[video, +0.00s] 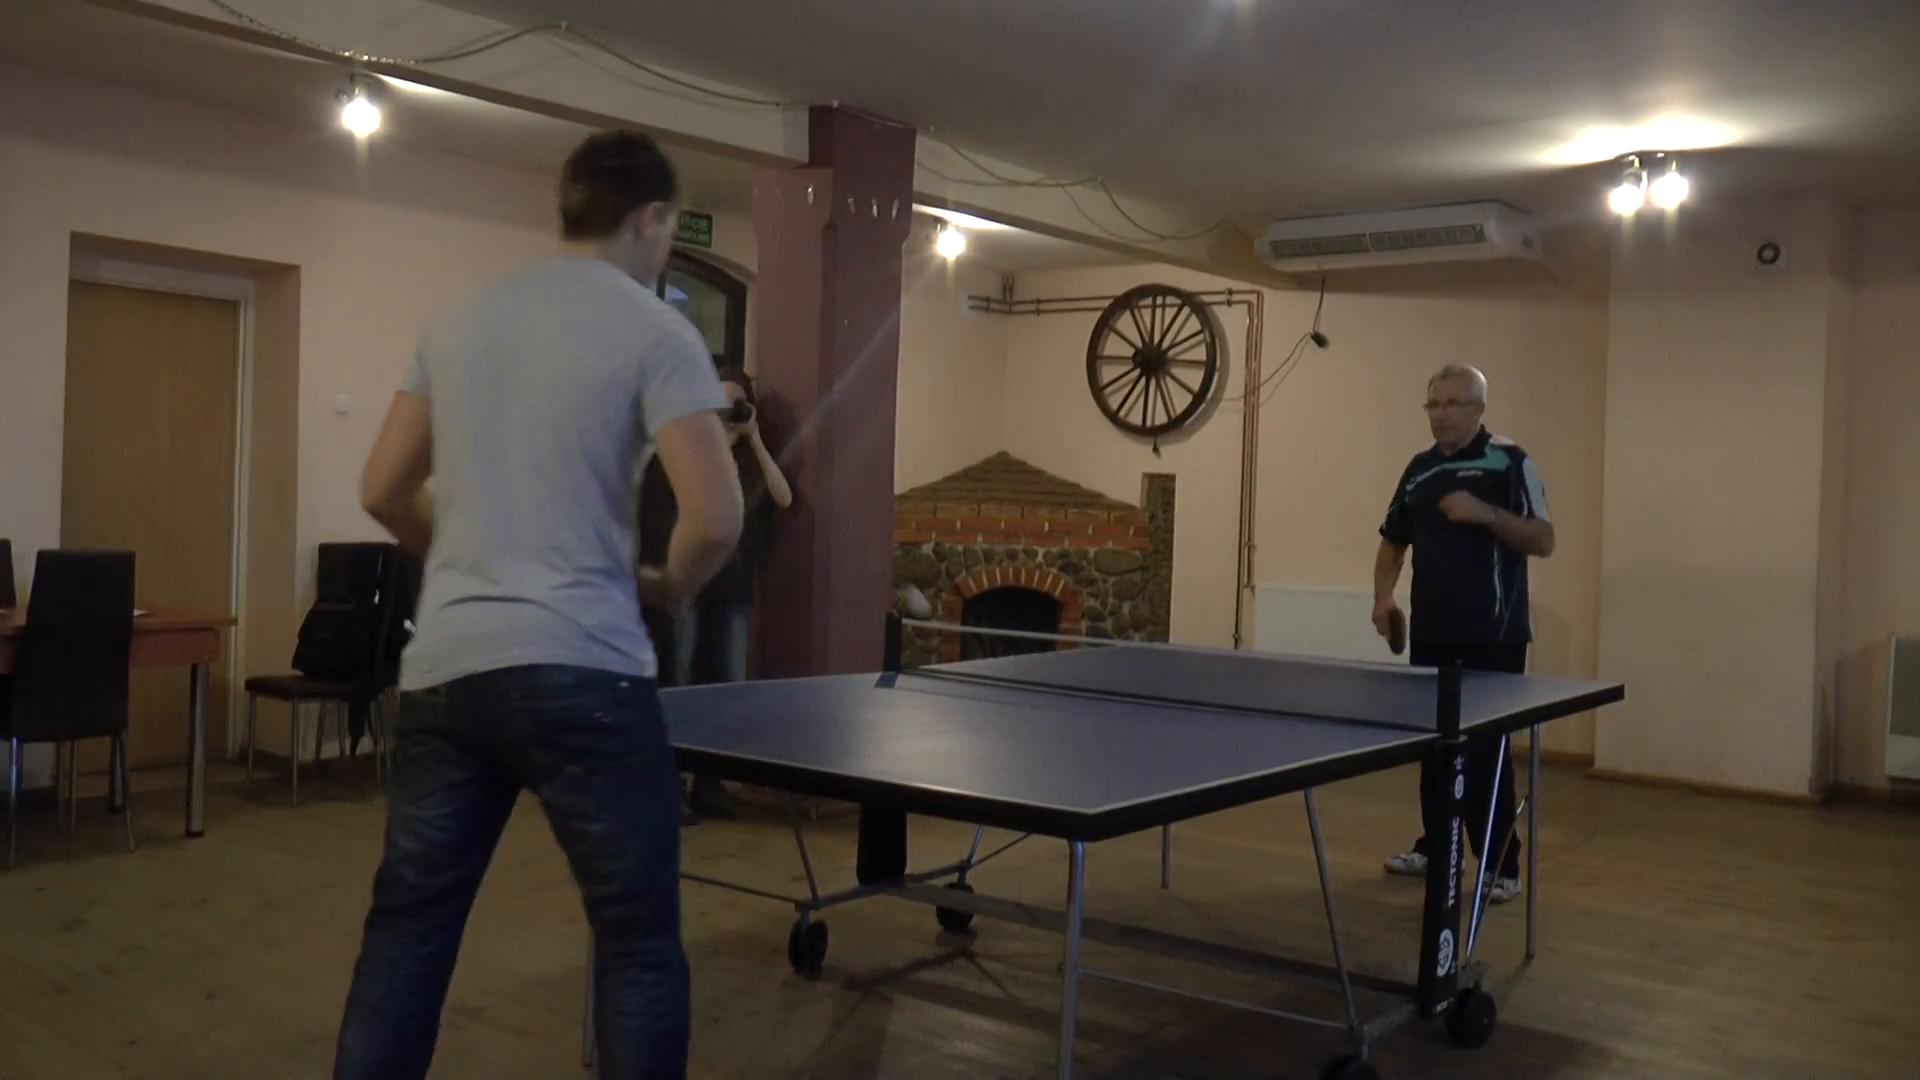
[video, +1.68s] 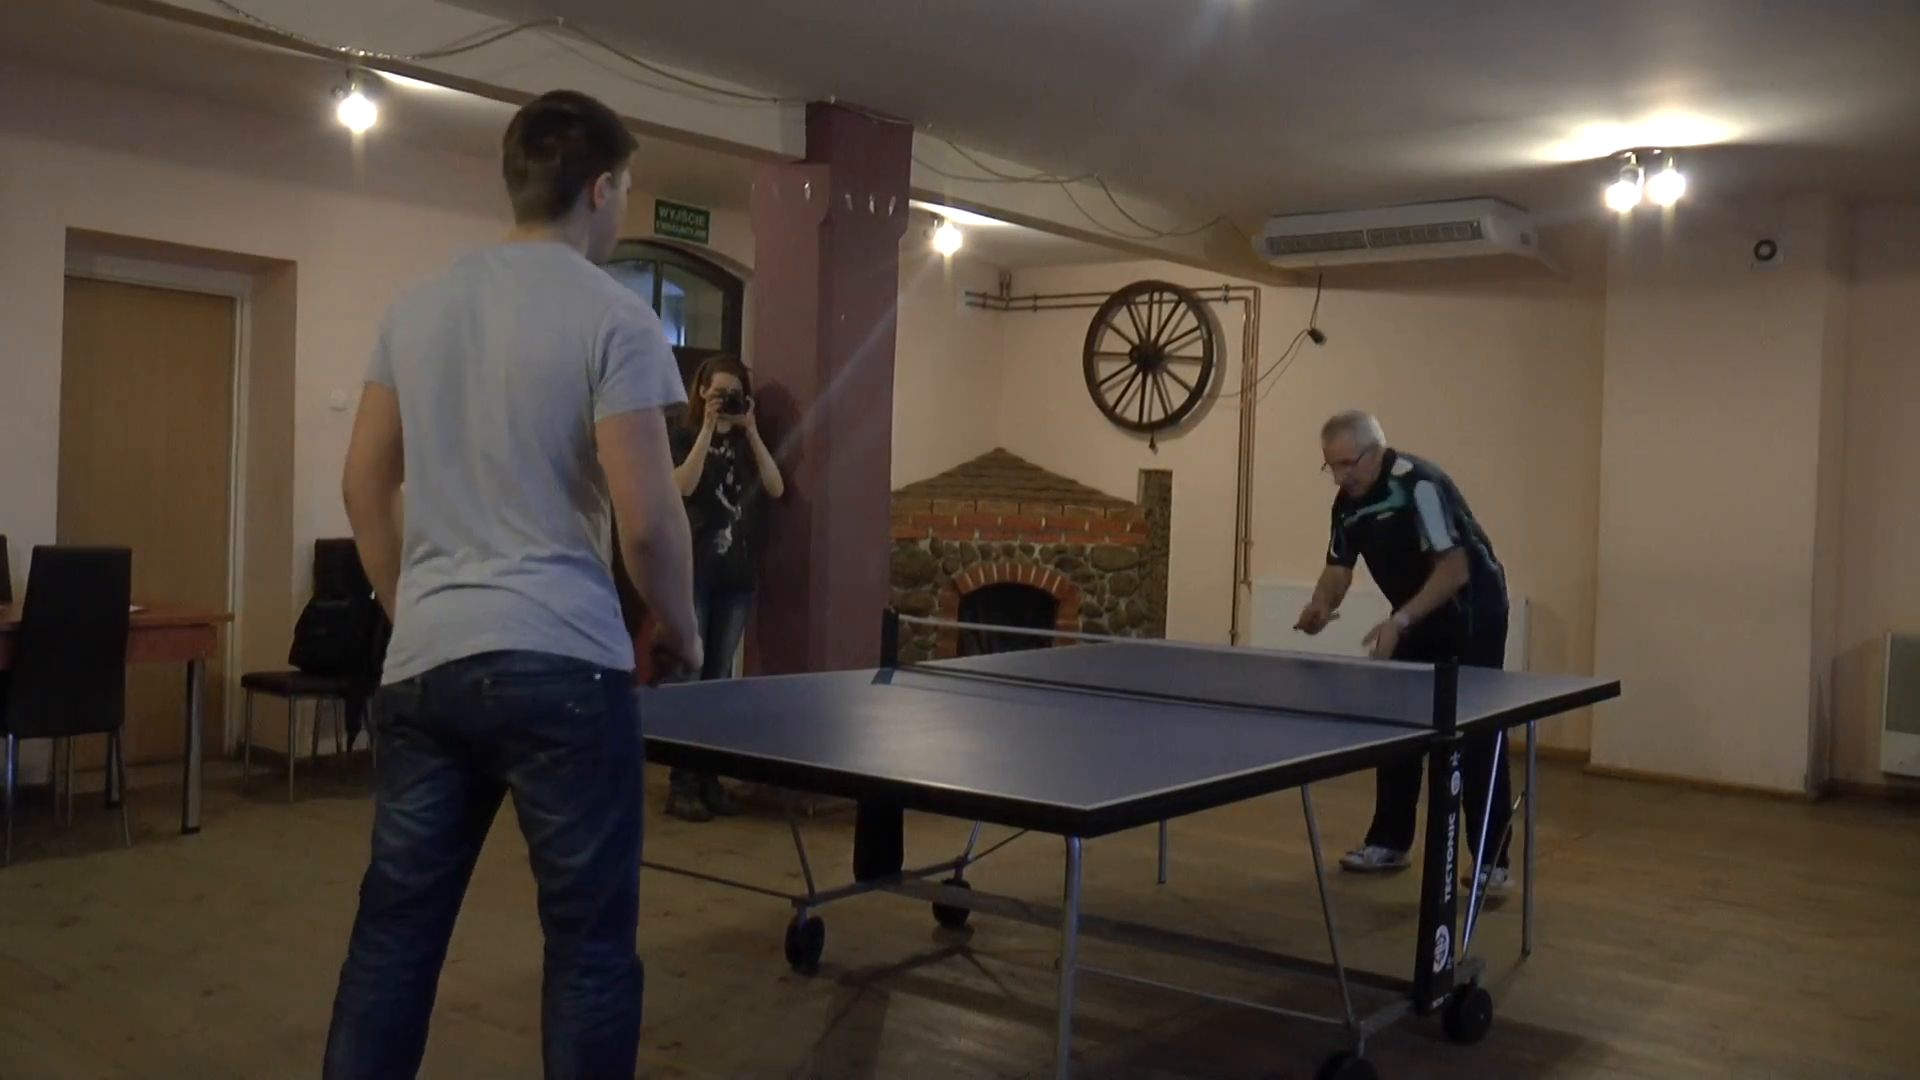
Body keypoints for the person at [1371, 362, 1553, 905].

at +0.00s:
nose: (1440, 414)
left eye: (1453, 405)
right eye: (1434, 404)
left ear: (1479, 410)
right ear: (1426, 409)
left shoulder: (1511, 463)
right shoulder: (1420, 469)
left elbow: (1542, 540)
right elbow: (1394, 539)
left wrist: (1487, 513)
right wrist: (1383, 599)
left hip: (1494, 636)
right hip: (1432, 633)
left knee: (1488, 753)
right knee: (1434, 746)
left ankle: (1500, 866)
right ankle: (1435, 845)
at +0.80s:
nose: (1438, 425)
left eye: (1448, 414)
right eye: (1432, 415)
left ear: (1483, 412)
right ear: (1429, 415)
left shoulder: (1521, 460)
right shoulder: (1435, 471)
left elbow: (1535, 545)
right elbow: (1409, 548)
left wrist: (1465, 567)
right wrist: (1361, 576)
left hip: (1508, 640)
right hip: (1441, 633)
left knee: (1501, 752)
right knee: (1414, 736)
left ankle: (1500, 864)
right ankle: (1403, 840)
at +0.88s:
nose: (1422, 433)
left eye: (1432, 421)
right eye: (1417, 423)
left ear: (1467, 418)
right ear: (1417, 423)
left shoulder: (1502, 462)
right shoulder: (1427, 477)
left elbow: (1504, 544)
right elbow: (1401, 551)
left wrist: (1424, 576)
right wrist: (1342, 574)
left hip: (1507, 634)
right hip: (1444, 628)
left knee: (1503, 751)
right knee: (1410, 732)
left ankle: (1499, 864)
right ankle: (1393, 840)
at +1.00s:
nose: (1392, 446)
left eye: (1400, 435)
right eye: (1388, 436)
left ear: (1433, 429)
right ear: (1401, 437)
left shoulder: (1465, 469)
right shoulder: (1413, 488)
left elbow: (1434, 552)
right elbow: (1381, 553)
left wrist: (1351, 578)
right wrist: (1317, 573)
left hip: (1506, 632)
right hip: (1447, 628)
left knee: (1501, 749)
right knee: (1414, 733)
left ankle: (1500, 865)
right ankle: (1390, 844)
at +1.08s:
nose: (1370, 457)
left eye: (1379, 446)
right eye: (1367, 448)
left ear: (1412, 441)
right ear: (1379, 448)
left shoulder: (1438, 475)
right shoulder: (1404, 490)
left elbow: (1389, 553)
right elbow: (1370, 555)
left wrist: (1302, 576)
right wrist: (1299, 577)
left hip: (1504, 626)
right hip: (1448, 624)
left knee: (1498, 746)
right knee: (1415, 730)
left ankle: (1499, 862)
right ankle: (1394, 843)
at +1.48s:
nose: (1322, 486)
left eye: (1328, 475)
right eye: (1317, 476)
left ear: (1358, 463)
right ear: (1348, 466)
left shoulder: (1394, 493)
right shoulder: (1360, 496)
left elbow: (1396, 586)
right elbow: (1360, 575)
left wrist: (1325, 623)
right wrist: (1314, 613)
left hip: (1475, 616)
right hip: (1426, 615)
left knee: (1476, 738)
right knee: (1403, 725)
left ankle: (1506, 860)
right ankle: (1392, 842)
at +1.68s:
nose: (1339, 475)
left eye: (1348, 463)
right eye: (1332, 465)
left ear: (1376, 454)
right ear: (1329, 462)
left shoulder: (1421, 485)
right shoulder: (1348, 502)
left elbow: (1455, 569)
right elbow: (1337, 569)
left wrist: (1401, 620)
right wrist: (1319, 607)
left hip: (1473, 615)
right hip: (1418, 616)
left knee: (1476, 734)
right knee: (1399, 724)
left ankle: (1491, 858)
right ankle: (1389, 842)